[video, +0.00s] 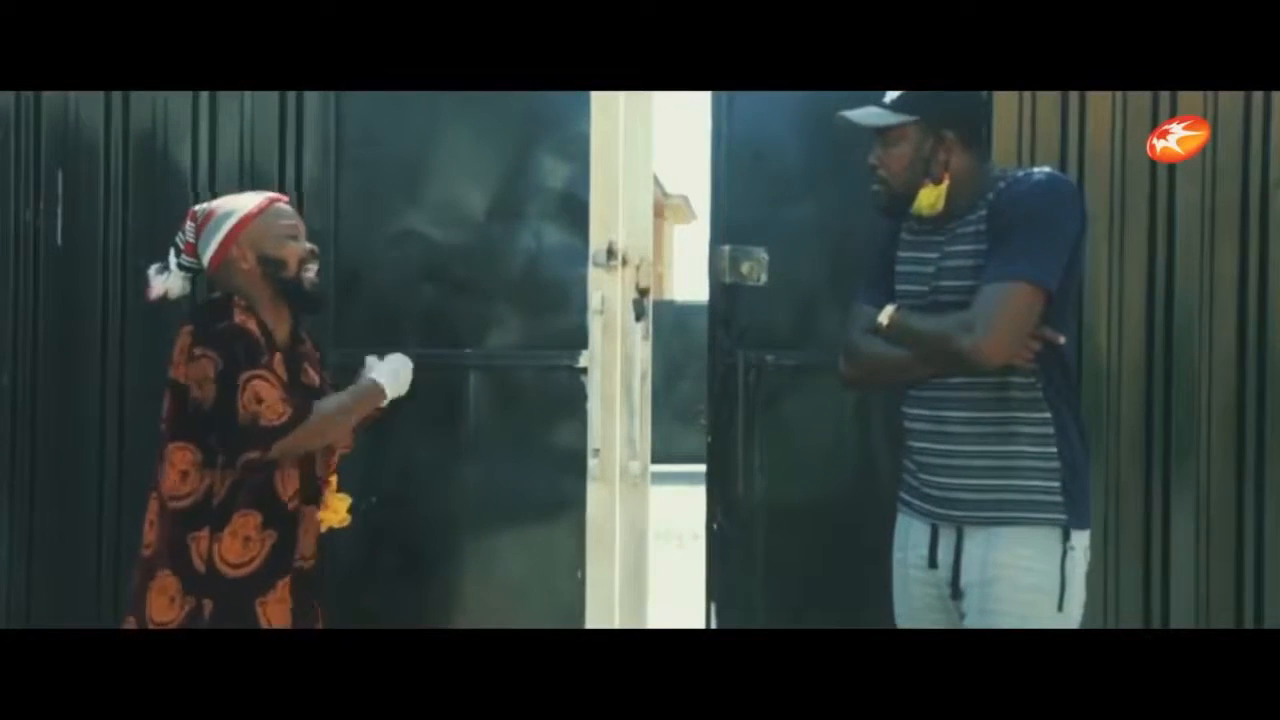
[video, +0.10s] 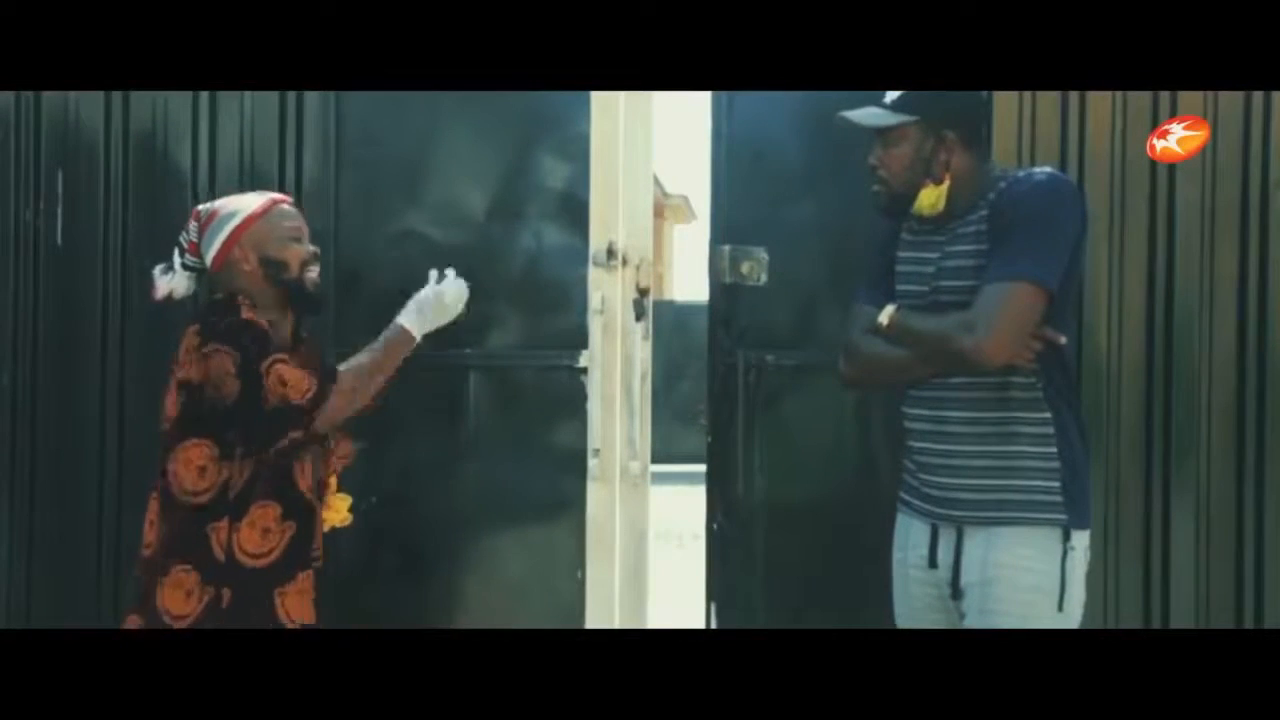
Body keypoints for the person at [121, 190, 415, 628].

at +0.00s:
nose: (311, 250)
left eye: (307, 237)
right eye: (291, 238)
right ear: (242, 256)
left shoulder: (298, 346)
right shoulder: (218, 337)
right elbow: (275, 437)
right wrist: (372, 390)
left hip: (278, 585)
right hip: (210, 595)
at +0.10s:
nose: (313, 253)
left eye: (308, 241)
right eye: (294, 240)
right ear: (245, 261)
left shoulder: (286, 343)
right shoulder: (224, 342)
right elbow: (326, 405)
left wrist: (313, 474)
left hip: (275, 595)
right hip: (214, 602)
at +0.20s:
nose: (317, 256)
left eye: (313, 242)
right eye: (297, 241)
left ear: (248, 264)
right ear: (246, 261)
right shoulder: (242, 333)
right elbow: (364, 354)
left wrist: (453, 269)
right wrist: (457, 266)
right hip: (239, 601)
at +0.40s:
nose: (332, 256)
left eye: (328, 243)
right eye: (311, 242)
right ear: (259, 262)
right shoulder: (255, 329)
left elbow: (250, 467)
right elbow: (377, 340)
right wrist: (472, 254)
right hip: (235, 598)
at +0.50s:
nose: (334, 252)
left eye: (328, 239)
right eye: (314, 240)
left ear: (268, 261)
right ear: (267, 258)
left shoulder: (273, 338)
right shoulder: (239, 333)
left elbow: (263, 463)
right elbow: (334, 396)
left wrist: (351, 487)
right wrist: (434, 322)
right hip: (224, 598)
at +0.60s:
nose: (337, 248)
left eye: (329, 235)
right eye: (315, 237)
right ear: (266, 262)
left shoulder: (288, 343)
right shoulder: (249, 337)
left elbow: (272, 477)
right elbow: (276, 461)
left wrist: (362, 488)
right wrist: (385, 416)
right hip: (226, 599)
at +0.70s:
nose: (340, 248)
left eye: (332, 235)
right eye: (318, 237)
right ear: (271, 261)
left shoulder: (295, 349)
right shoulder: (244, 347)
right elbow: (234, 487)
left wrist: (349, 504)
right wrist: (351, 466)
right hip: (230, 600)